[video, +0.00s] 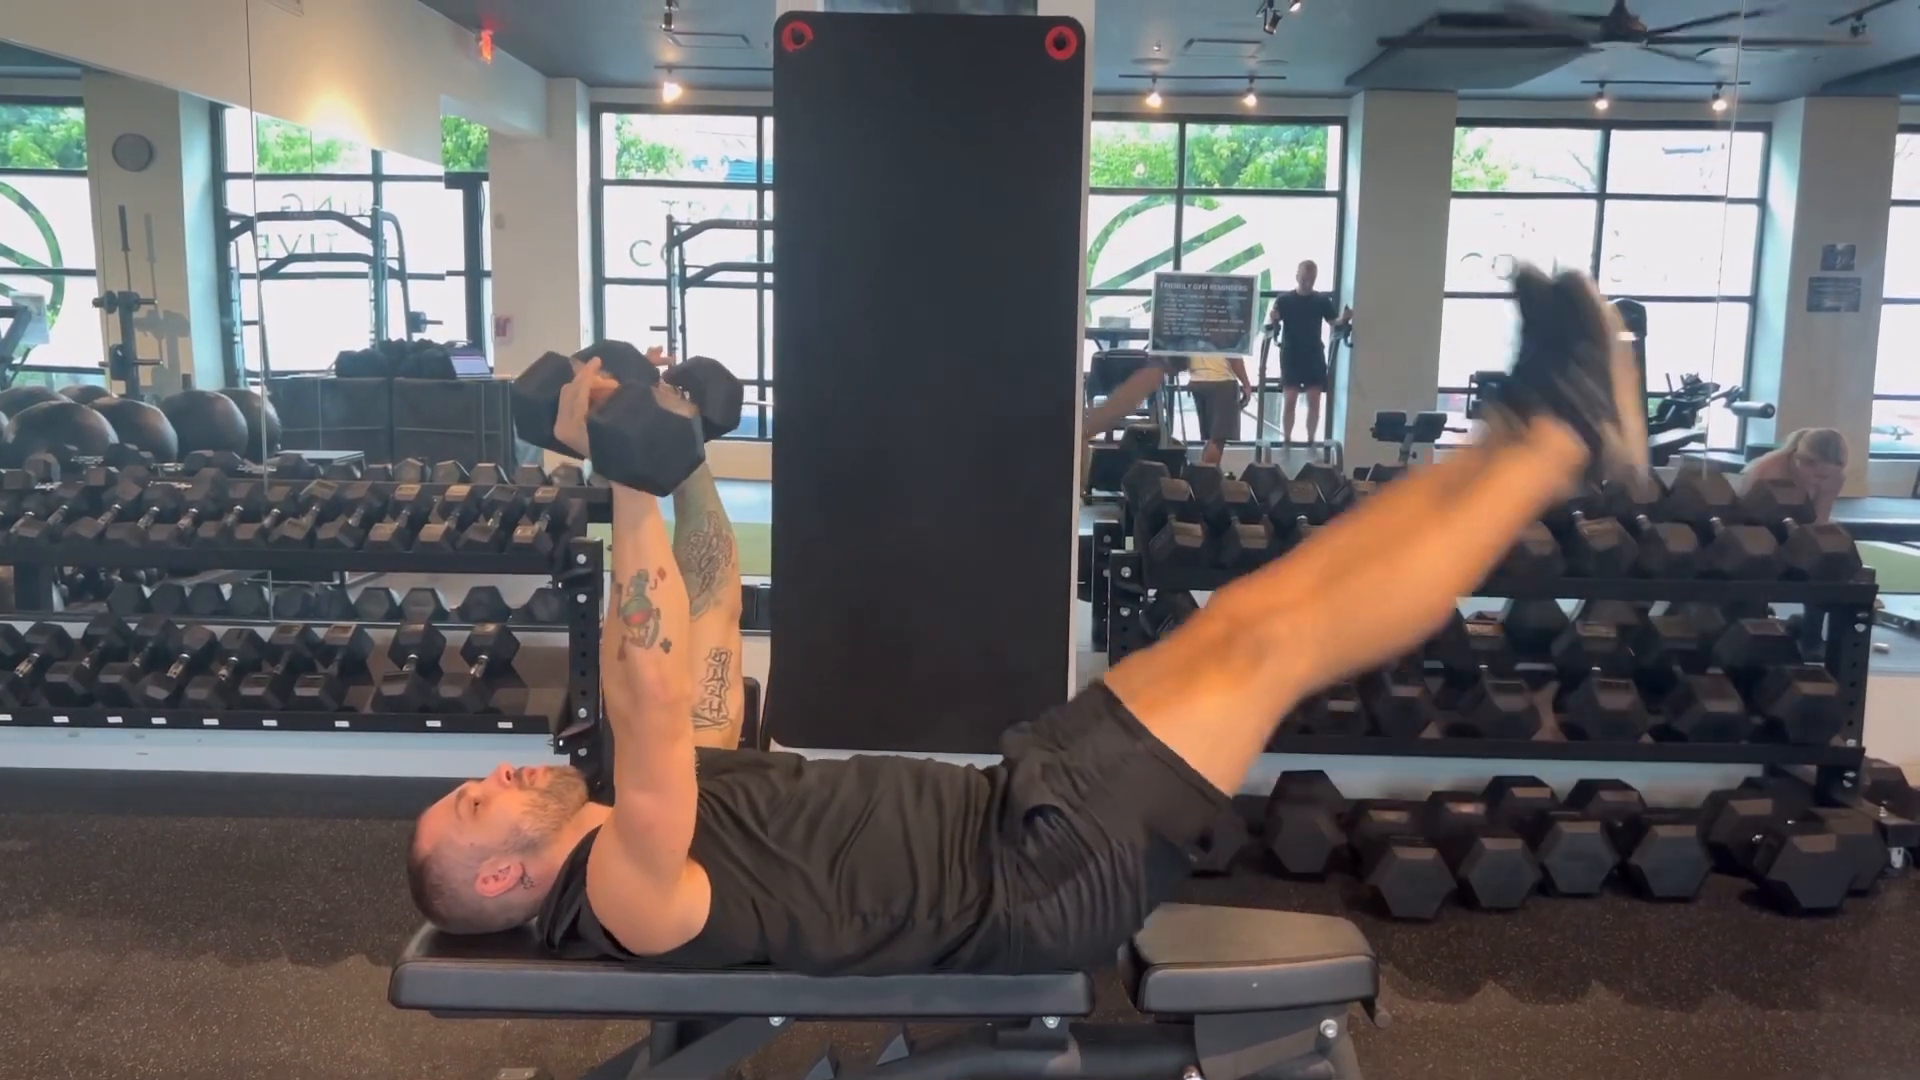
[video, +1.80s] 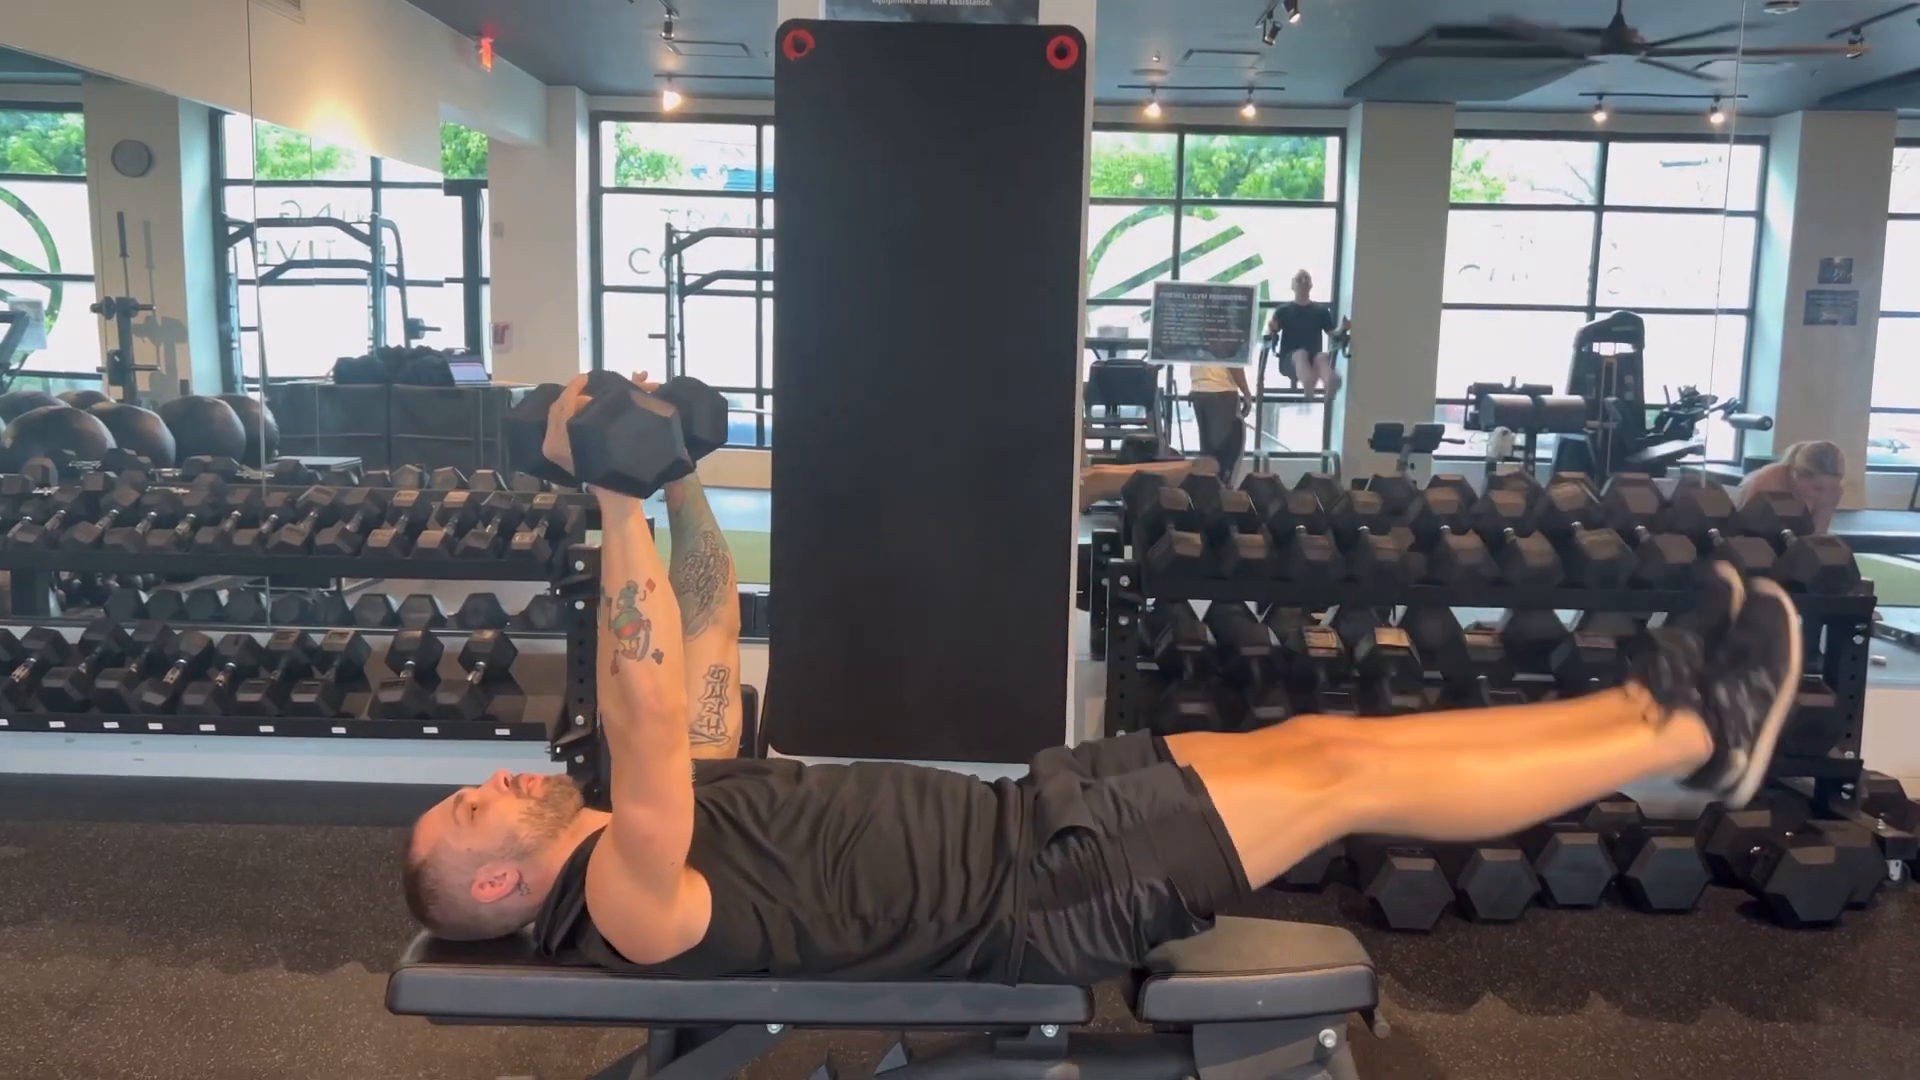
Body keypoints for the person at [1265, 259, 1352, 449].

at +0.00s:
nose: (1307, 282)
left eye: (1310, 278)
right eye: (1303, 278)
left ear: (1315, 278)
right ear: (1297, 277)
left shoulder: (1321, 300)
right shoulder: (1285, 300)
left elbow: (1333, 323)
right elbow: (1271, 324)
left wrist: (1344, 319)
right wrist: (1272, 319)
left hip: (1314, 352)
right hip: (1291, 353)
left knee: (1314, 399)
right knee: (1290, 399)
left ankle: (1311, 442)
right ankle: (1286, 441)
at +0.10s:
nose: (1306, 284)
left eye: (1309, 280)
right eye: (1302, 279)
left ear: (1314, 280)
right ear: (1296, 279)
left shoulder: (1320, 301)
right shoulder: (1284, 301)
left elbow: (1334, 323)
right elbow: (1272, 333)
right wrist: (1273, 321)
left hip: (1312, 356)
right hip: (1289, 356)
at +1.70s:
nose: (1303, 288)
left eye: (1306, 284)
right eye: (1299, 284)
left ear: (1310, 287)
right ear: (1293, 288)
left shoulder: (1320, 311)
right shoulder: (1284, 312)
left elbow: (1332, 334)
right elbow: (1271, 332)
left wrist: (1343, 328)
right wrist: (1271, 329)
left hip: (1314, 358)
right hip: (1291, 357)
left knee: (1319, 393)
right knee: (1299, 381)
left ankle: (1323, 435)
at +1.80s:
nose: (1303, 285)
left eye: (1306, 282)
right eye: (1299, 282)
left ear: (1310, 286)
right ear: (1292, 286)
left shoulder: (1320, 310)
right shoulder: (1283, 311)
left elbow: (1332, 334)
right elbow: (1272, 336)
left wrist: (1342, 329)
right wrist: (1272, 329)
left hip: (1314, 358)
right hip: (1289, 359)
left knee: (1323, 357)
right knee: (1301, 353)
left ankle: (1330, 391)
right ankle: (1309, 396)